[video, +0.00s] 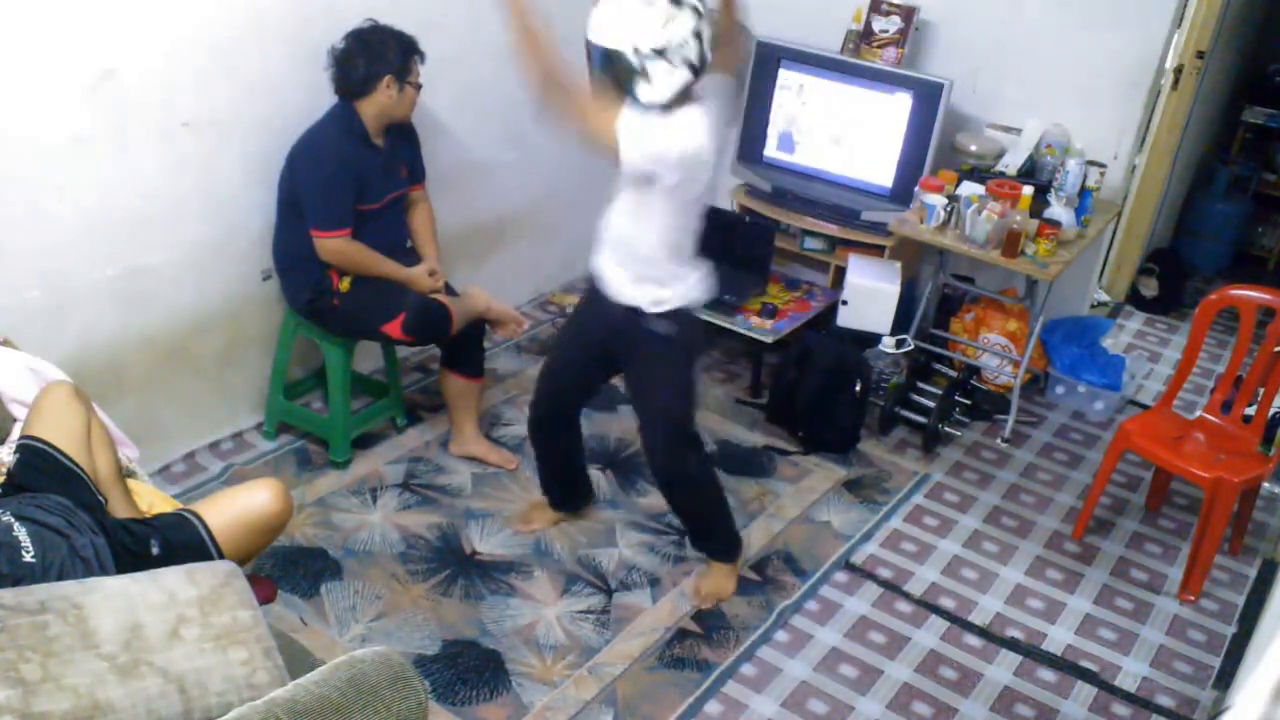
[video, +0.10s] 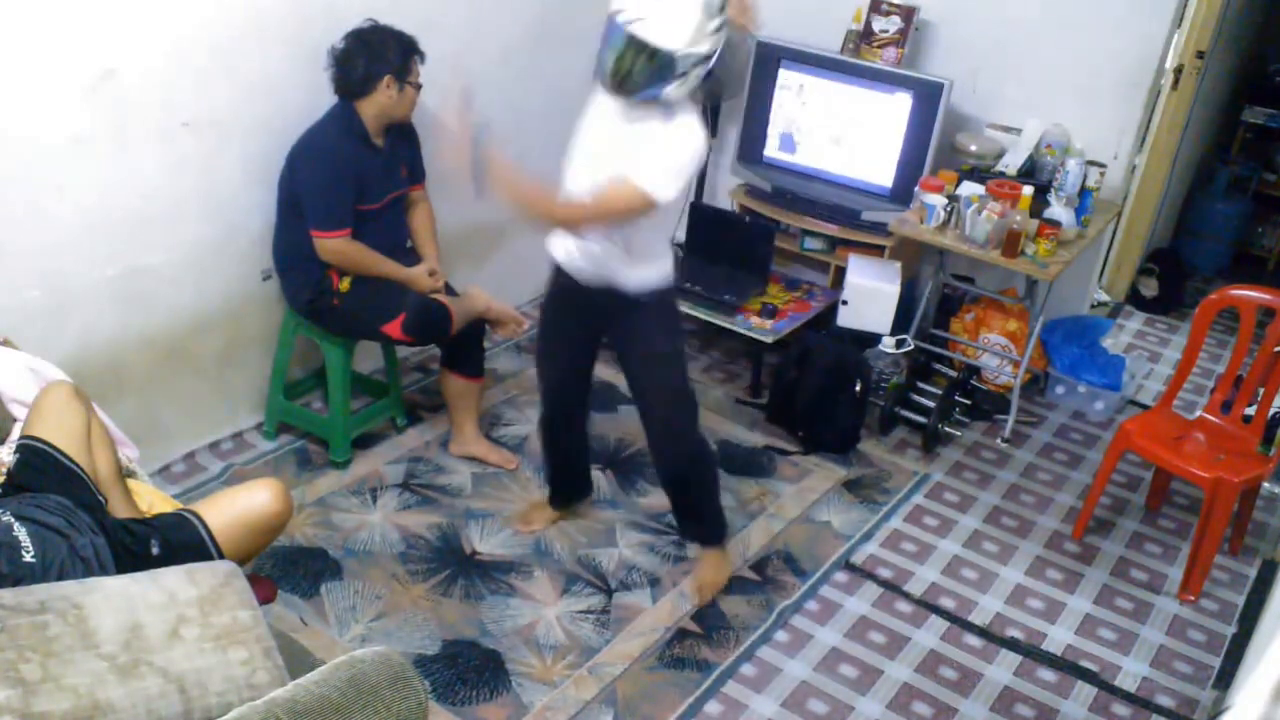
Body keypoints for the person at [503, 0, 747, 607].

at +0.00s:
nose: (619, 74)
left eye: (628, 61)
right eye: (616, 61)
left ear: (658, 60)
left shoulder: (691, 129)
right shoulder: (657, 105)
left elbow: (575, 105)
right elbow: (728, 46)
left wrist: (521, 16)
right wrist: (724, 11)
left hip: (663, 315)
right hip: (608, 296)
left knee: (669, 449)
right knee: (551, 405)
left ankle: (723, 553)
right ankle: (567, 500)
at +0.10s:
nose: (621, 59)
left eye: (642, 53)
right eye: (622, 42)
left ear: (680, 65)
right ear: (619, 34)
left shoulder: (683, 133)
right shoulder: (608, 94)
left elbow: (601, 209)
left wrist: (524, 197)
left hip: (642, 295)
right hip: (573, 280)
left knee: (670, 425)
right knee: (560, 398)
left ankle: (710, 544)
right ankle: (567, 494)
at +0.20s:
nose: (641, 57)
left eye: (667, 53)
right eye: (640, 36)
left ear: (696, 53)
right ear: (630, 13)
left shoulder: (692, 110)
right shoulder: (596, 19)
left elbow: (640, 205)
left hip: (639, 254)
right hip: (561, 234)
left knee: (663, 401)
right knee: (561, 370)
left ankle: (696, 536)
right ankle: (567, 488)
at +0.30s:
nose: (654, 66)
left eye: (671, 60)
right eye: (655, 50)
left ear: (687, 57)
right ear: (638, 17)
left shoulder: (679, 93)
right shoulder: (566, 16)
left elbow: (696, 219)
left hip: (622, 252)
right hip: (543, 245)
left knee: (646, 402)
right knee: (540, 391)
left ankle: (663, 553)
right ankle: (550, 503)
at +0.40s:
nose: (647, 85)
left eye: (666, 78)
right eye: (644, 68)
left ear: (683, 71)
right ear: (621, 37)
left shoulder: (669, 111)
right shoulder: (550, 61)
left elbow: (728, 199)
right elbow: (526, 3)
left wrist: (813, 254)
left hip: (611, 286)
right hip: (533, 282)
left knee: (631, 432)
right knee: (526, 428)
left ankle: (627, 565)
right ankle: (528, 544)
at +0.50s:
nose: (636, 102)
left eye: (654, 89)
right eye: (627, 81)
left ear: (671, 80)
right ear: (595, 54)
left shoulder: (655, 126)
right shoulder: (538, 90)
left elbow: (702, 157)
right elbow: (466, 39)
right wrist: (482, 0)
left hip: (604, 306)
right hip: (525, 306)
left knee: (616, 450)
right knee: (517, 449)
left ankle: (606, 554)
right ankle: (529, 541)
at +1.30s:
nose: (618, 108)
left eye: (626, 91)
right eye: (606, 94)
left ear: (666, 68)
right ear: (599, 83)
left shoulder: (741, 131)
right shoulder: (627, 136)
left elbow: (797, 55)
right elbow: (588, 238)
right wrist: (515, 327)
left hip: (683, 353)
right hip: (619, 327)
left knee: (657, 493)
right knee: (568, 447)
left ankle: (674, 603)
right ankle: (603, 550)